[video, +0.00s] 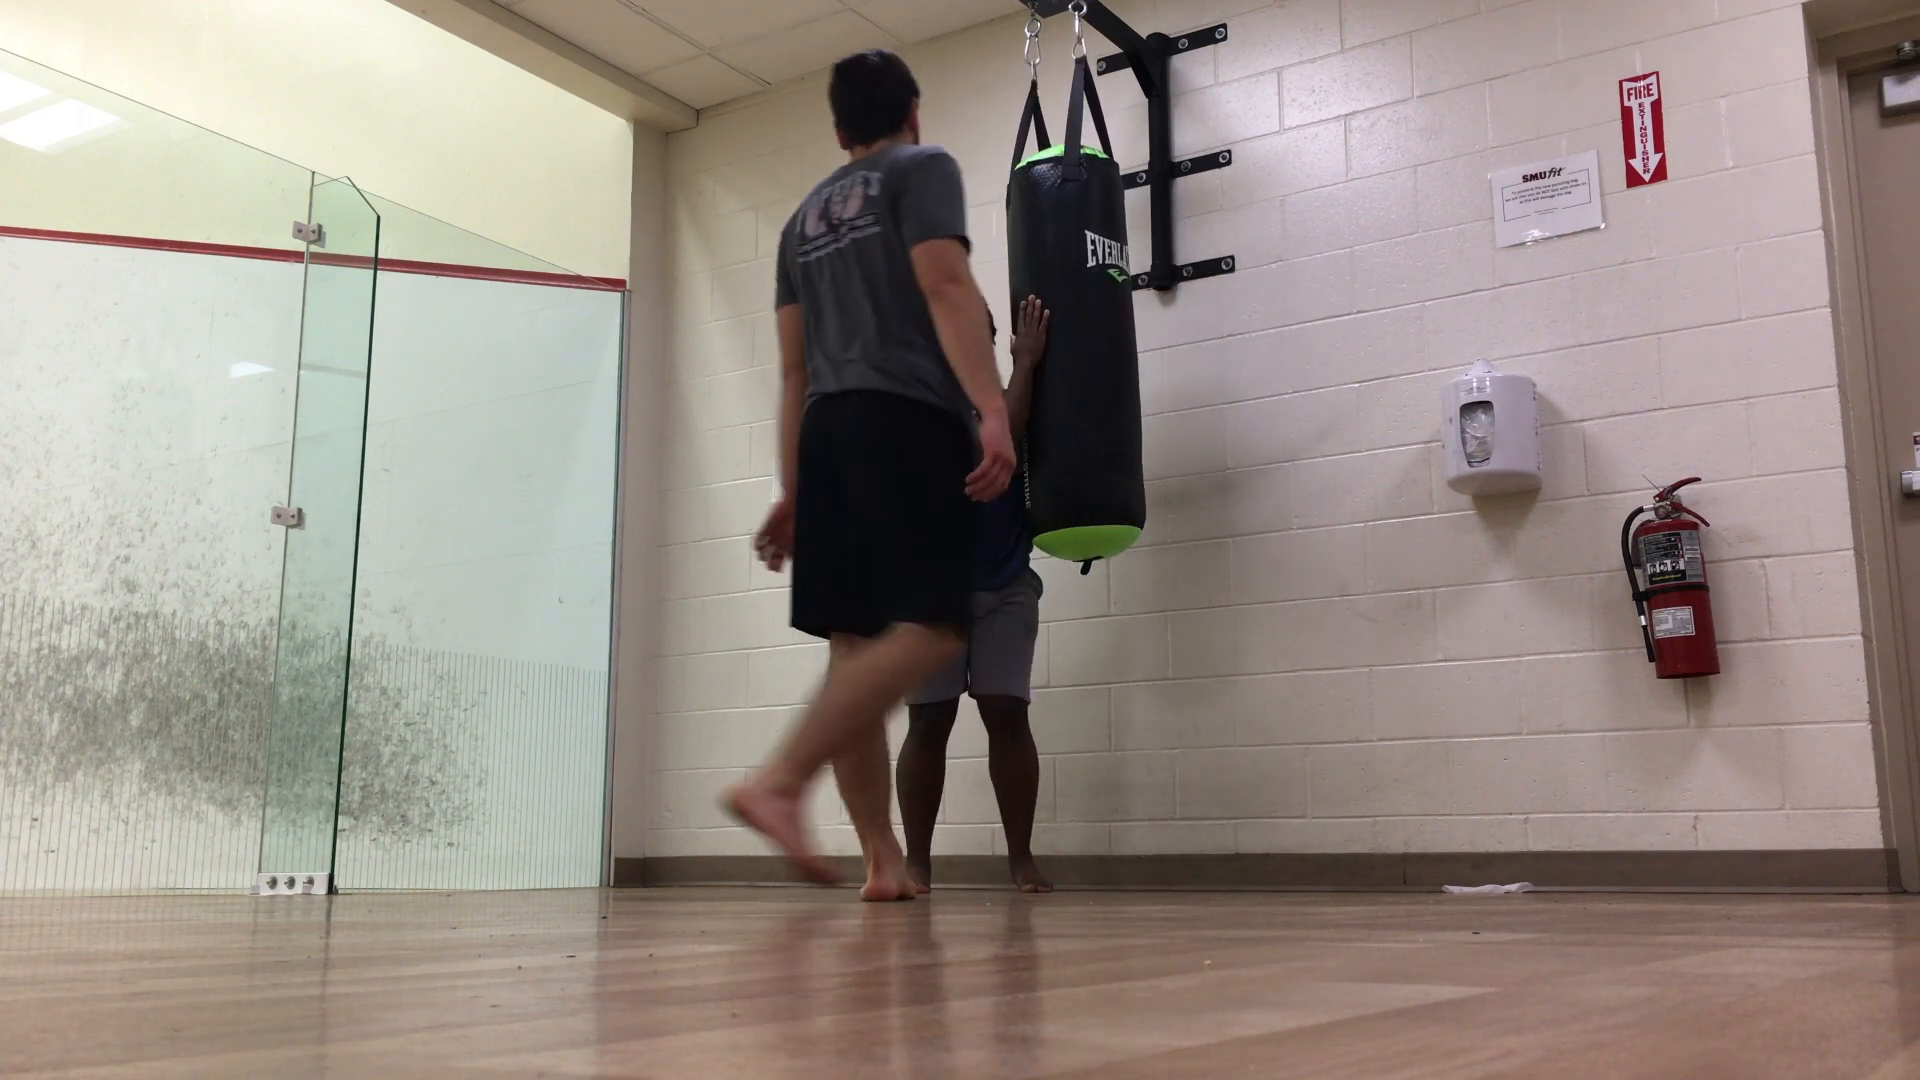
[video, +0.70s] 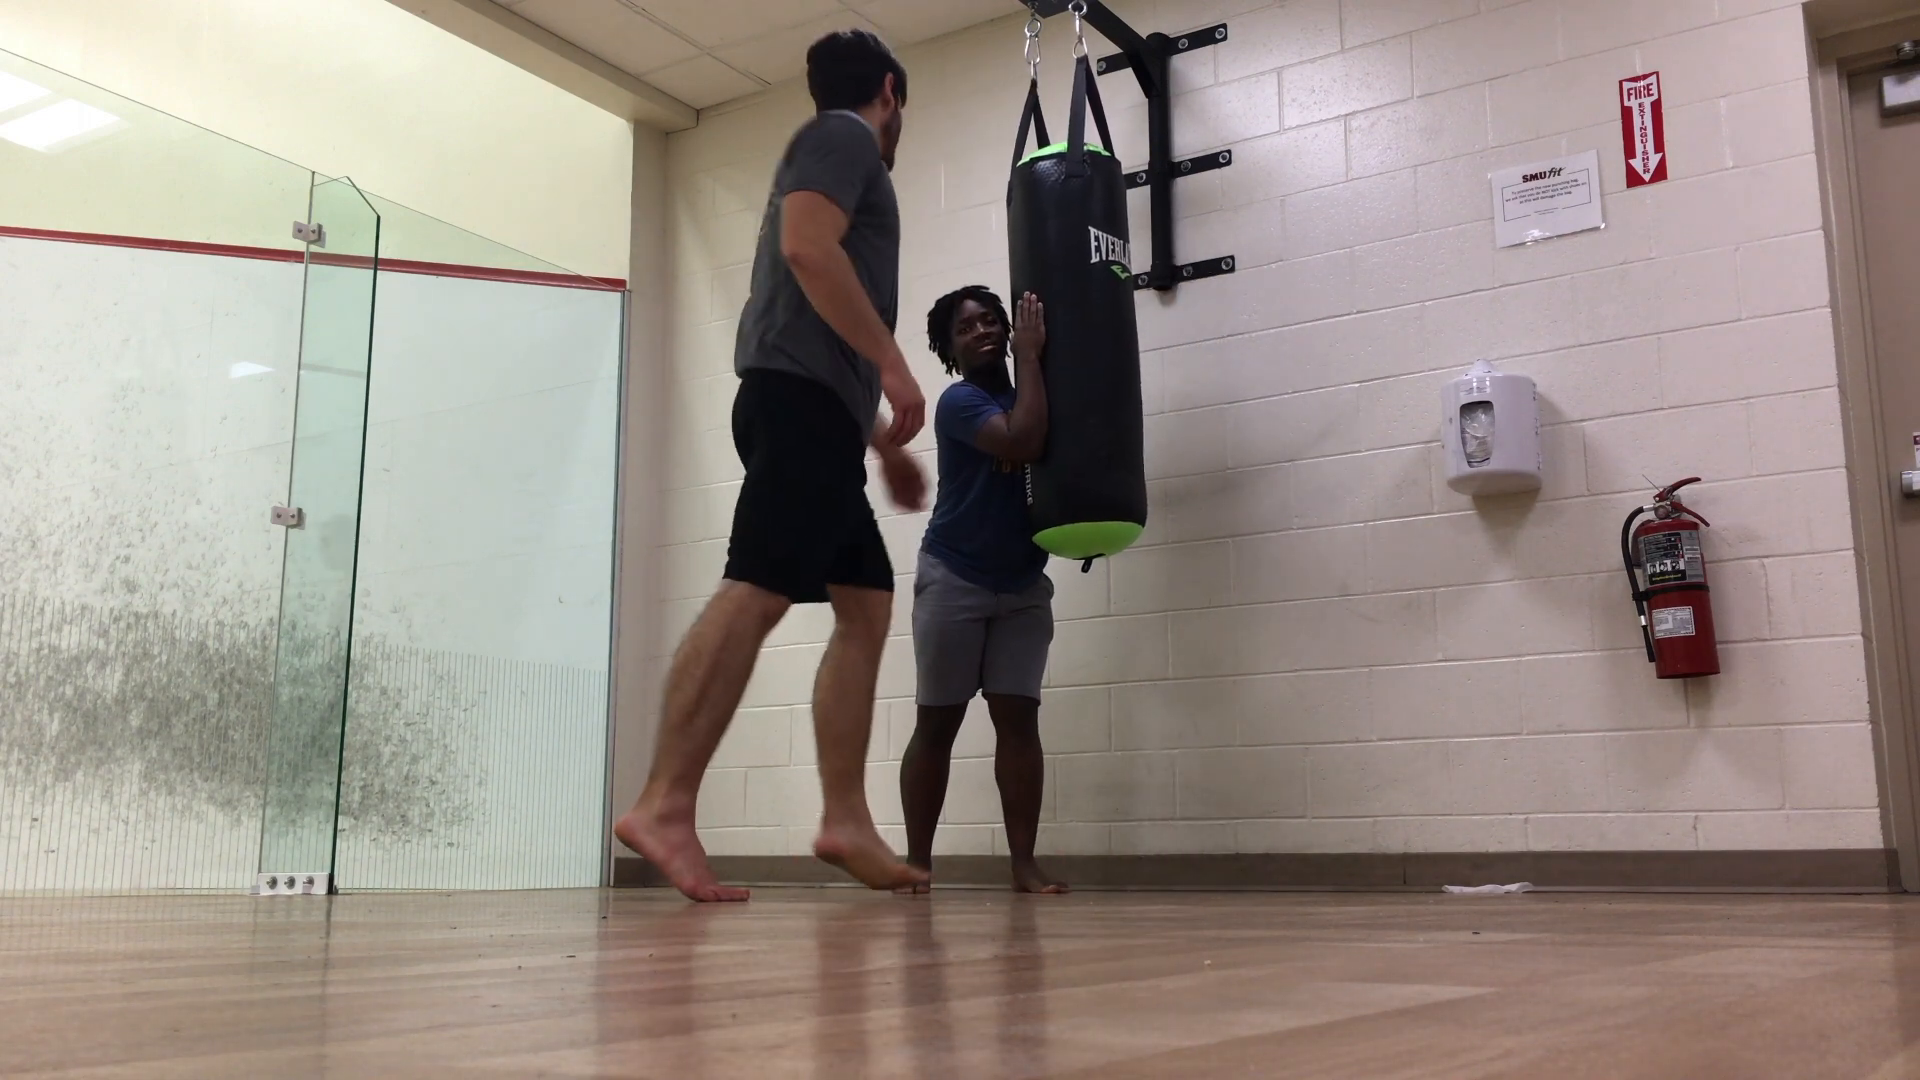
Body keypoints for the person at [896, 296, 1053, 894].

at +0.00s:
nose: (978, 346)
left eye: (986, 336)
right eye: (968, 336)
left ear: (992, 344)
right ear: (940, 345)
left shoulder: (998, 402)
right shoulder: (921, 407)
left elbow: (1016, 442)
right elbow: (996, 449)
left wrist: (1034, 366)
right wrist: (1023, 367)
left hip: (1005, 582)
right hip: (937, 586)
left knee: (1007, 718)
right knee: (930, 725)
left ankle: (1021, 856)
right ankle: (918, 860)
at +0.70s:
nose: (982, 329)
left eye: (990, 319)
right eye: (967, 325)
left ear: (1007, 332)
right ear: (948, 347)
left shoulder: (1024, 399)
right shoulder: (957, 402)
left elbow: (1056, 454)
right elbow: (1021, 444)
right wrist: (1031, 358)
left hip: (1023, 581)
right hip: (954, 581)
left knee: (1018, 722)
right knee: (937, 727)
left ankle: (1025, 866)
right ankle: (919, 864)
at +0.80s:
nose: (981, 331)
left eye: (989, 321)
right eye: (966, 327)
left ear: (1005, 331)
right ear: (948, 347)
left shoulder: (1024, 399)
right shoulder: (956, 403)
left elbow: (1060, 447)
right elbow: (1019, 444)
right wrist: (1029, 356)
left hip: (1023, 582)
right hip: (954, 582)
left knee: (1019, 722)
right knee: (938, 726)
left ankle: (1025, 866)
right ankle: (919, 862)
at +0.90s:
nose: (979, 332)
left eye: (987, 321)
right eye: (964, 328)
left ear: (1005, 331)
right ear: (947, 348)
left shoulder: (1025, 400)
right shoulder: (952, 403)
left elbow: (1061, 452)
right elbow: (1014, 445)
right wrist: (1026, 359)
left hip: (1022, 584)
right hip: (951, 584)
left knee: (1020, 723)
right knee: (935, 727)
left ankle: (1024, 864)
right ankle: (918, 862)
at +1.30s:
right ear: (925, 337)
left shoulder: (980, 401)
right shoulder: (896, 406)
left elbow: (1005, 449)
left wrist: (1010, 373)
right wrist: (1010, 373)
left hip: (998, 579)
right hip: (916, 584)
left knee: (1010, 721)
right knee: (914, 730)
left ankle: (1021, 861)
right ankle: (897, 865)